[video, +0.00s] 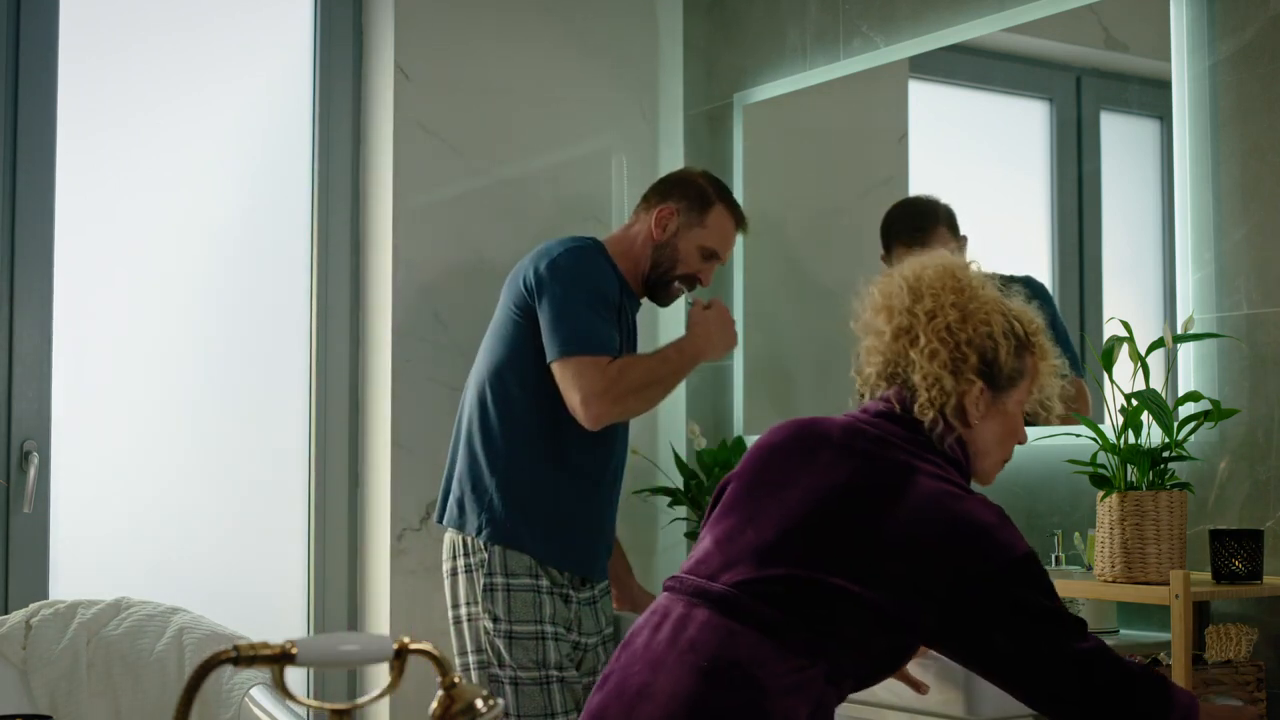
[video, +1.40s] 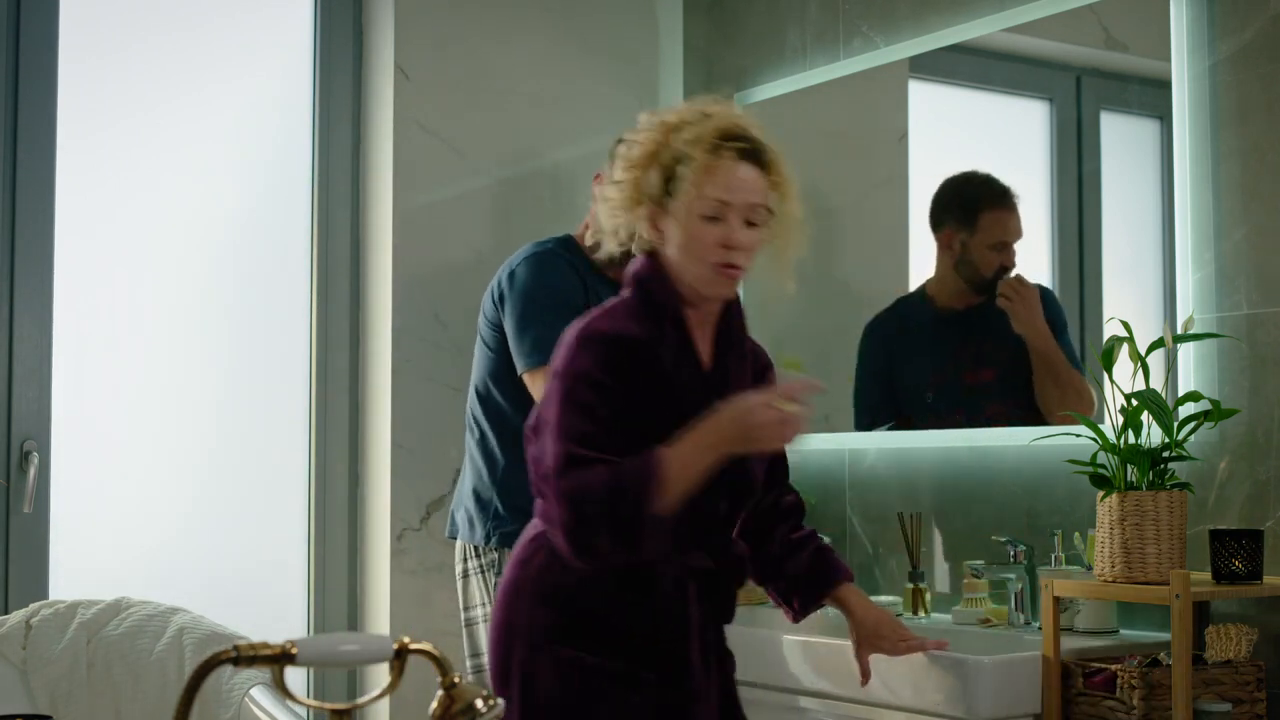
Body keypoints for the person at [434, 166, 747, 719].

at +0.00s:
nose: (707, 278)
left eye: (717, 265)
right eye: (707, 255)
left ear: (662, 224)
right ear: (663, 222)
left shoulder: (621, 312)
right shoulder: (573, 266)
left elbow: (577, 474)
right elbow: (595, 399)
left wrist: (630, 594)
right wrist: (695, 347)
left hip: (579, 569)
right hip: (510, 560)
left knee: (602, 711)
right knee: (536, 712)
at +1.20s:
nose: (673, 240)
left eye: (689, 231)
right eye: (663, 215)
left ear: (696, 234)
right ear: (622, 196)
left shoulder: (618, 301)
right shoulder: (557, 268)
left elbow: (596, 429)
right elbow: (581, 404)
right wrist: (674, 320)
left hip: (566, 549)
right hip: (512, 549)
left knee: (574, 705)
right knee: (528, 709)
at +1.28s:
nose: (658, 224)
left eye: (672, 210)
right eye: (648, 204)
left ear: (684, 216)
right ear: (613, 194)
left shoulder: (618, 299)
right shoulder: (549, 270)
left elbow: (616, 408)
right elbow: (577, 404)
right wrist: (669, 323)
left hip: (566, 543)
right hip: (509, 546)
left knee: (577, 701)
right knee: (520, 705)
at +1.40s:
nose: (644, 212)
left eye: (654, 196)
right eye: (634, 193)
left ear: (665, 208)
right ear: (601, 187)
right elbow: (572, 417)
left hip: (583, 528)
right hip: (506, 537)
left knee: (594, 695)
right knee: (518, 698)